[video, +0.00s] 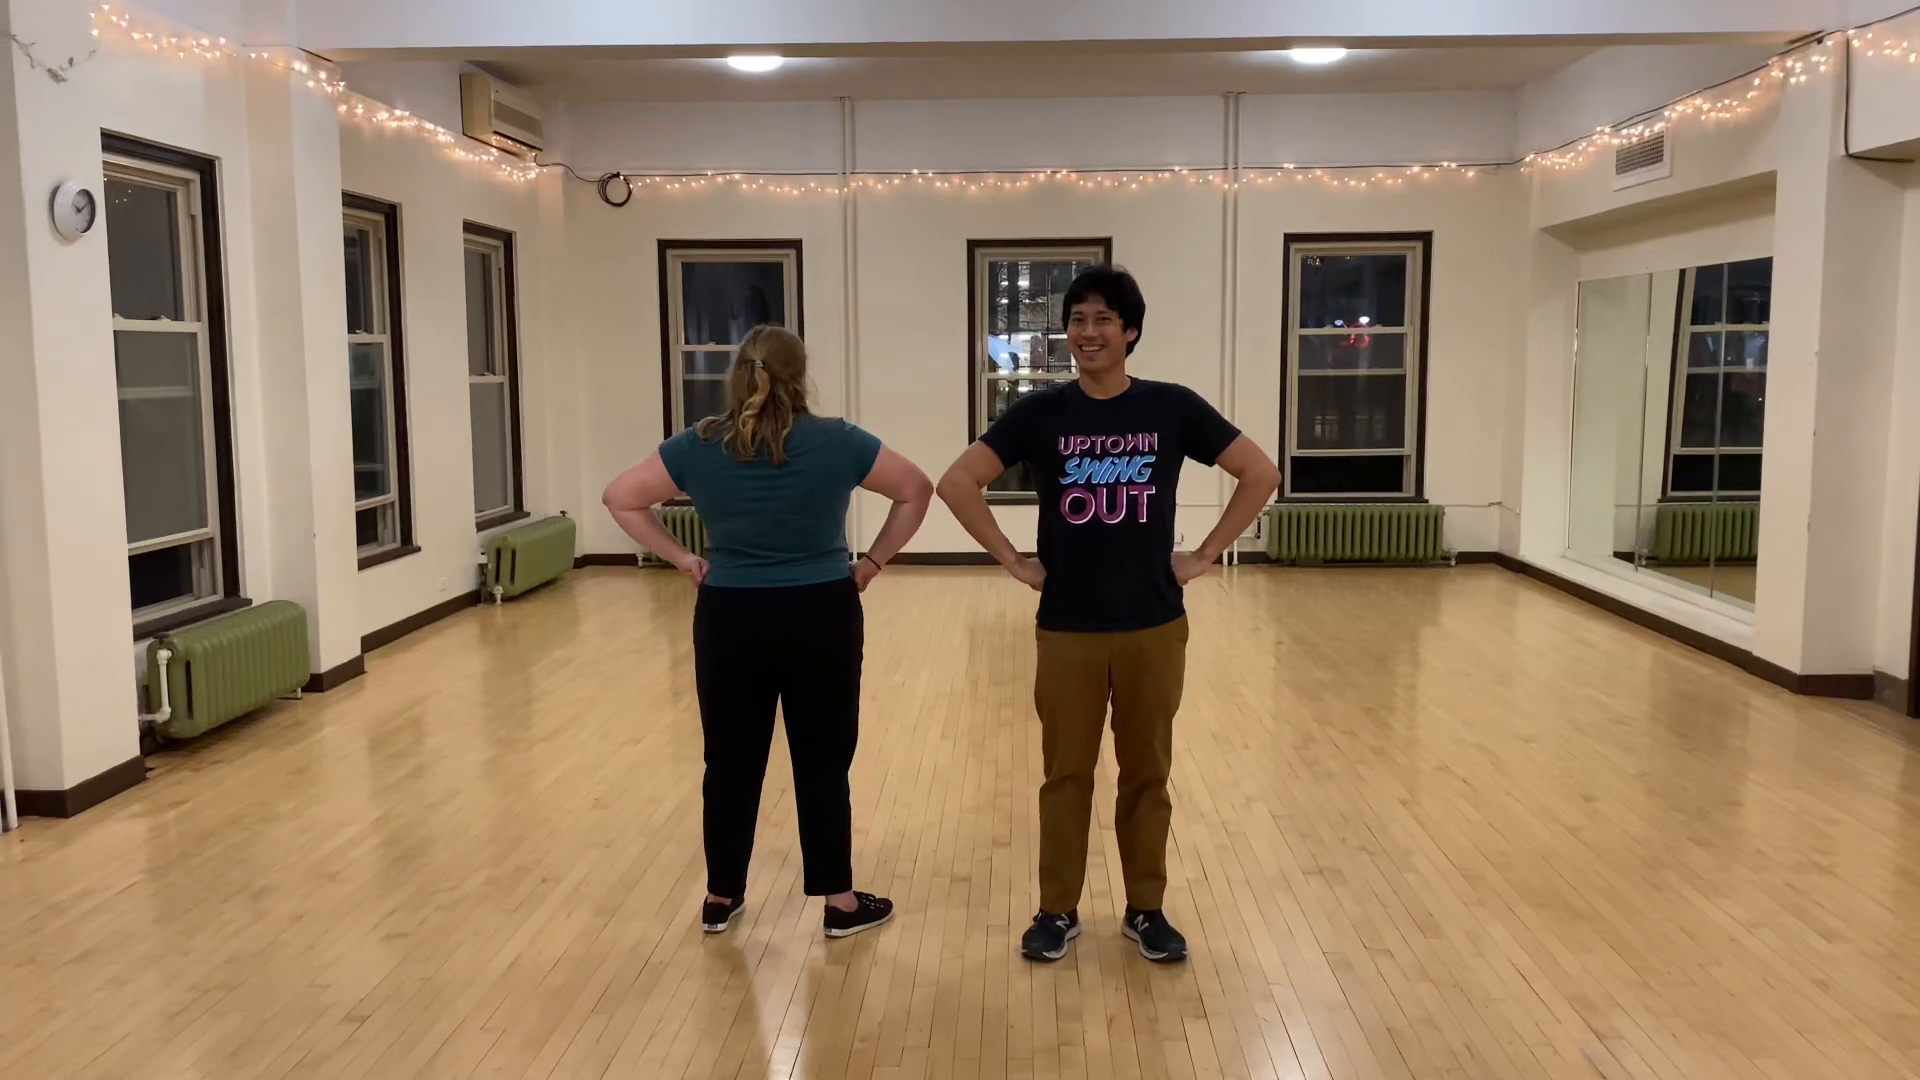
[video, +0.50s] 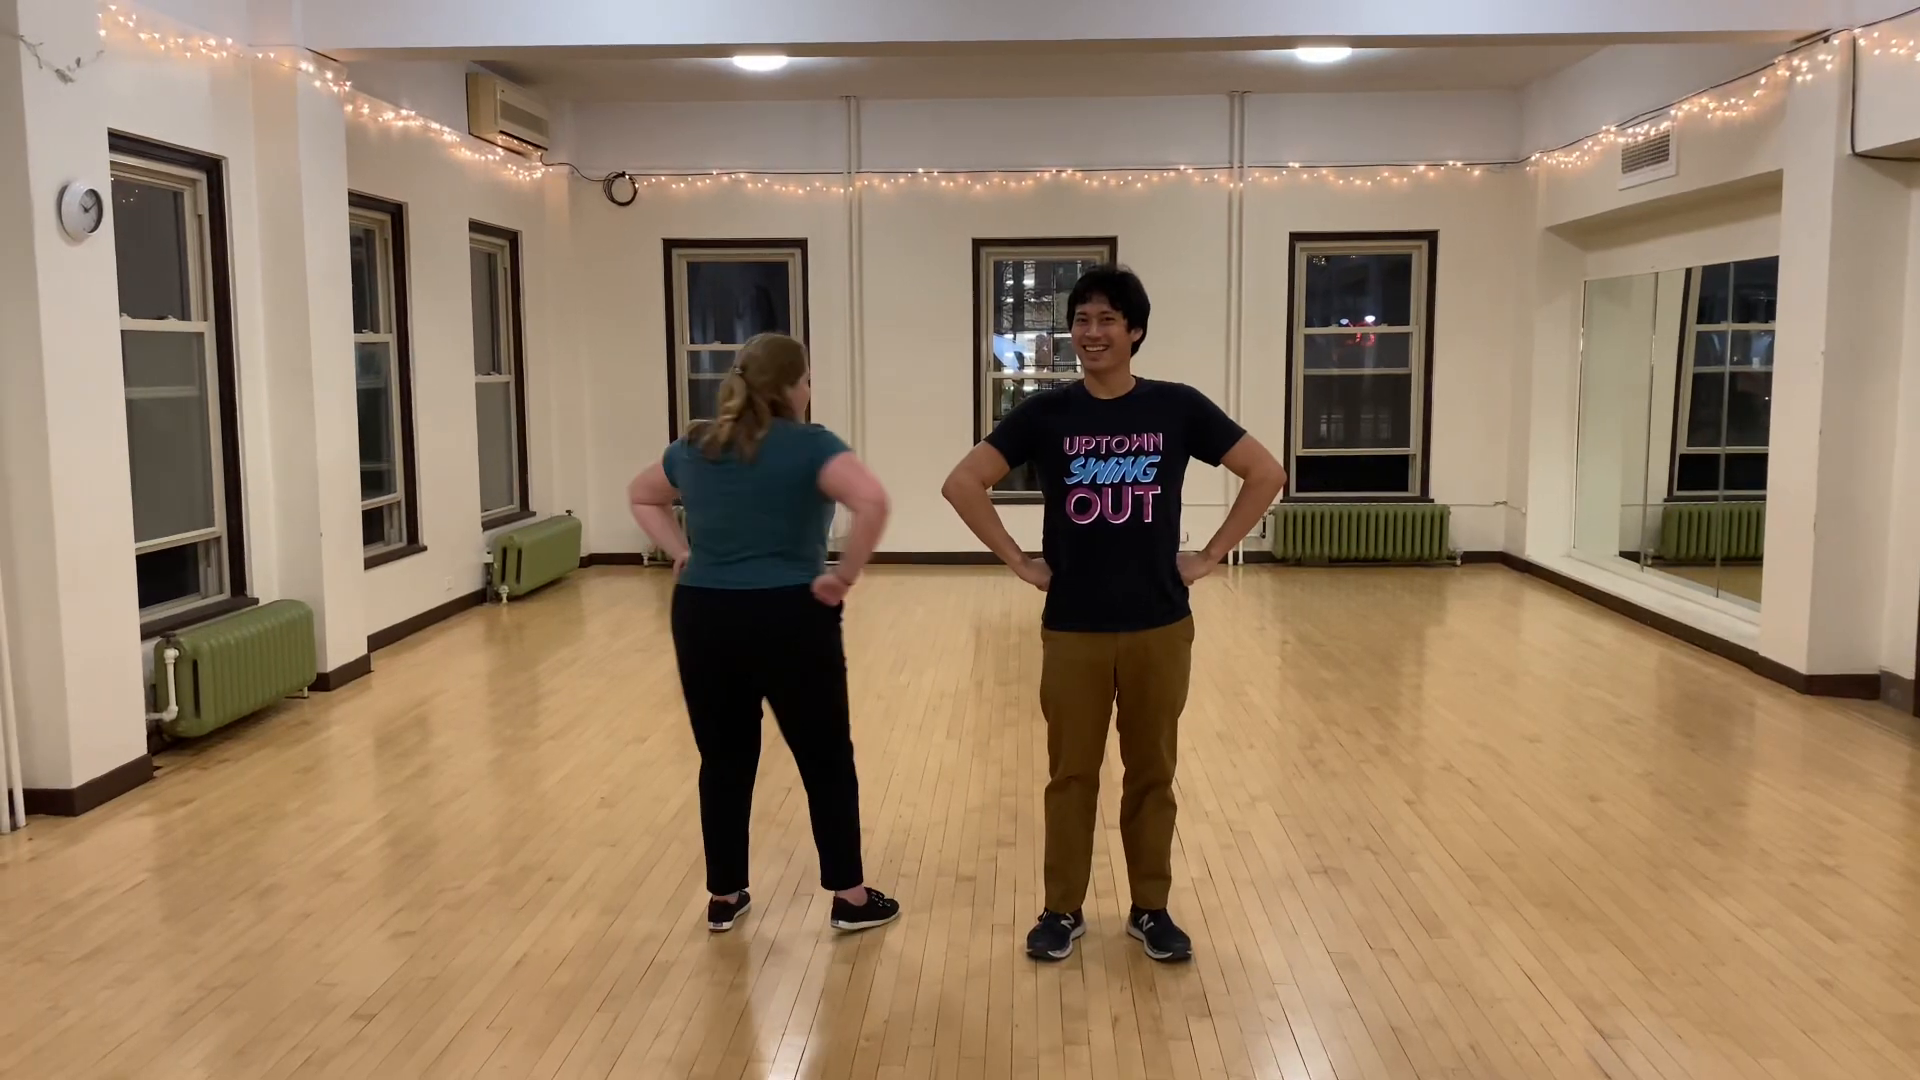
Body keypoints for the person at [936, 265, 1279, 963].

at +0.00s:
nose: (1088, 332)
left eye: (1103, 320)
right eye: (1078, 320)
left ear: (1130, 332)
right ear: (1065, 331)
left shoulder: (1172, 407)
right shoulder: (1040, 414)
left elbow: (1262, 474)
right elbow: (956, 483)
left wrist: (1202, 555)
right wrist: (1013, 559)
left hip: (1154, 620)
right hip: (1068, 623)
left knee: (1147, 774)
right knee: (1067, 774)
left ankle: (1146, 910)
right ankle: (1056, 912)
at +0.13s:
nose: (1089, 331)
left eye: (1104, 320)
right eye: (1079, 319)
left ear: (1131, 332)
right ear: (1066, 331)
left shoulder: (1172, 407)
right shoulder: (1041, 413)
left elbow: (1263, 474)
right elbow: (958, 484)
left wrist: (1203, 556)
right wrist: (1015, 559)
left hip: (1155, 620)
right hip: (1070, 623)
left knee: (1149, 774)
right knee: (1068, 774)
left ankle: (1148, 909)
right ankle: (1057, 911)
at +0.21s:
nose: (1090, 331)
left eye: (1104, 320)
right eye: (1079, 320)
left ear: (1131, 332)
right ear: (1067, 332)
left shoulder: (1173, 407)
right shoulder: (1042, 413)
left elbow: (1264, 474)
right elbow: (958, 484)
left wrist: (1203, 556)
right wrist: (1014, 559)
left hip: (1156, 620)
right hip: (1070, 622)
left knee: (1149, 774)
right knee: (1069, 774)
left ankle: (1148, 909)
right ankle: (1058, 910)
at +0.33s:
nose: (1090, 332)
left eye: (1105, 320)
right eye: (1080, 320)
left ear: (1133, 332)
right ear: (1068, 332)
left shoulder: (1175, 407)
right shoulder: (1044, 414)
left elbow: (1265, 474)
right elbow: (960, 484)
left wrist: (1206, 556)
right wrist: (1017, 560)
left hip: (1158, 619)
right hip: (1072, 622)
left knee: (1150, 774)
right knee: (1070, 774)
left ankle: (1149, 909)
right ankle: (1060, 911)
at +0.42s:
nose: (1091, 332)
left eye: (1106, 320)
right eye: (1081, 320)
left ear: (1134, 332)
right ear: (1069, 332)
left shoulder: (1176, 407)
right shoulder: (1045, 413)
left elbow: (1267, 474)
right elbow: (961, 484)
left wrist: (1206, 556)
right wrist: (1018, 559)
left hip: (1158, 619)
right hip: (1073, 621)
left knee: (1151, 774)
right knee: (1071, 773)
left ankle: (1150, 909)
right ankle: (1061, 909)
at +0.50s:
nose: (1092, 332)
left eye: (1107, 320)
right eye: (1082, 320)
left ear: (1135, 332)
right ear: (1070, 332)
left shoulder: (1177, 407)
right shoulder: (1046, 413)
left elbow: (1268, 474)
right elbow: (962, 484)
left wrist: (1207, 556)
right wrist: (1018, 559)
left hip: (1159, 619)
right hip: (1074, 621)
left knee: (1152, 774)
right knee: (1072, 773)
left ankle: (1151, 909)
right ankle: (1062, 910)